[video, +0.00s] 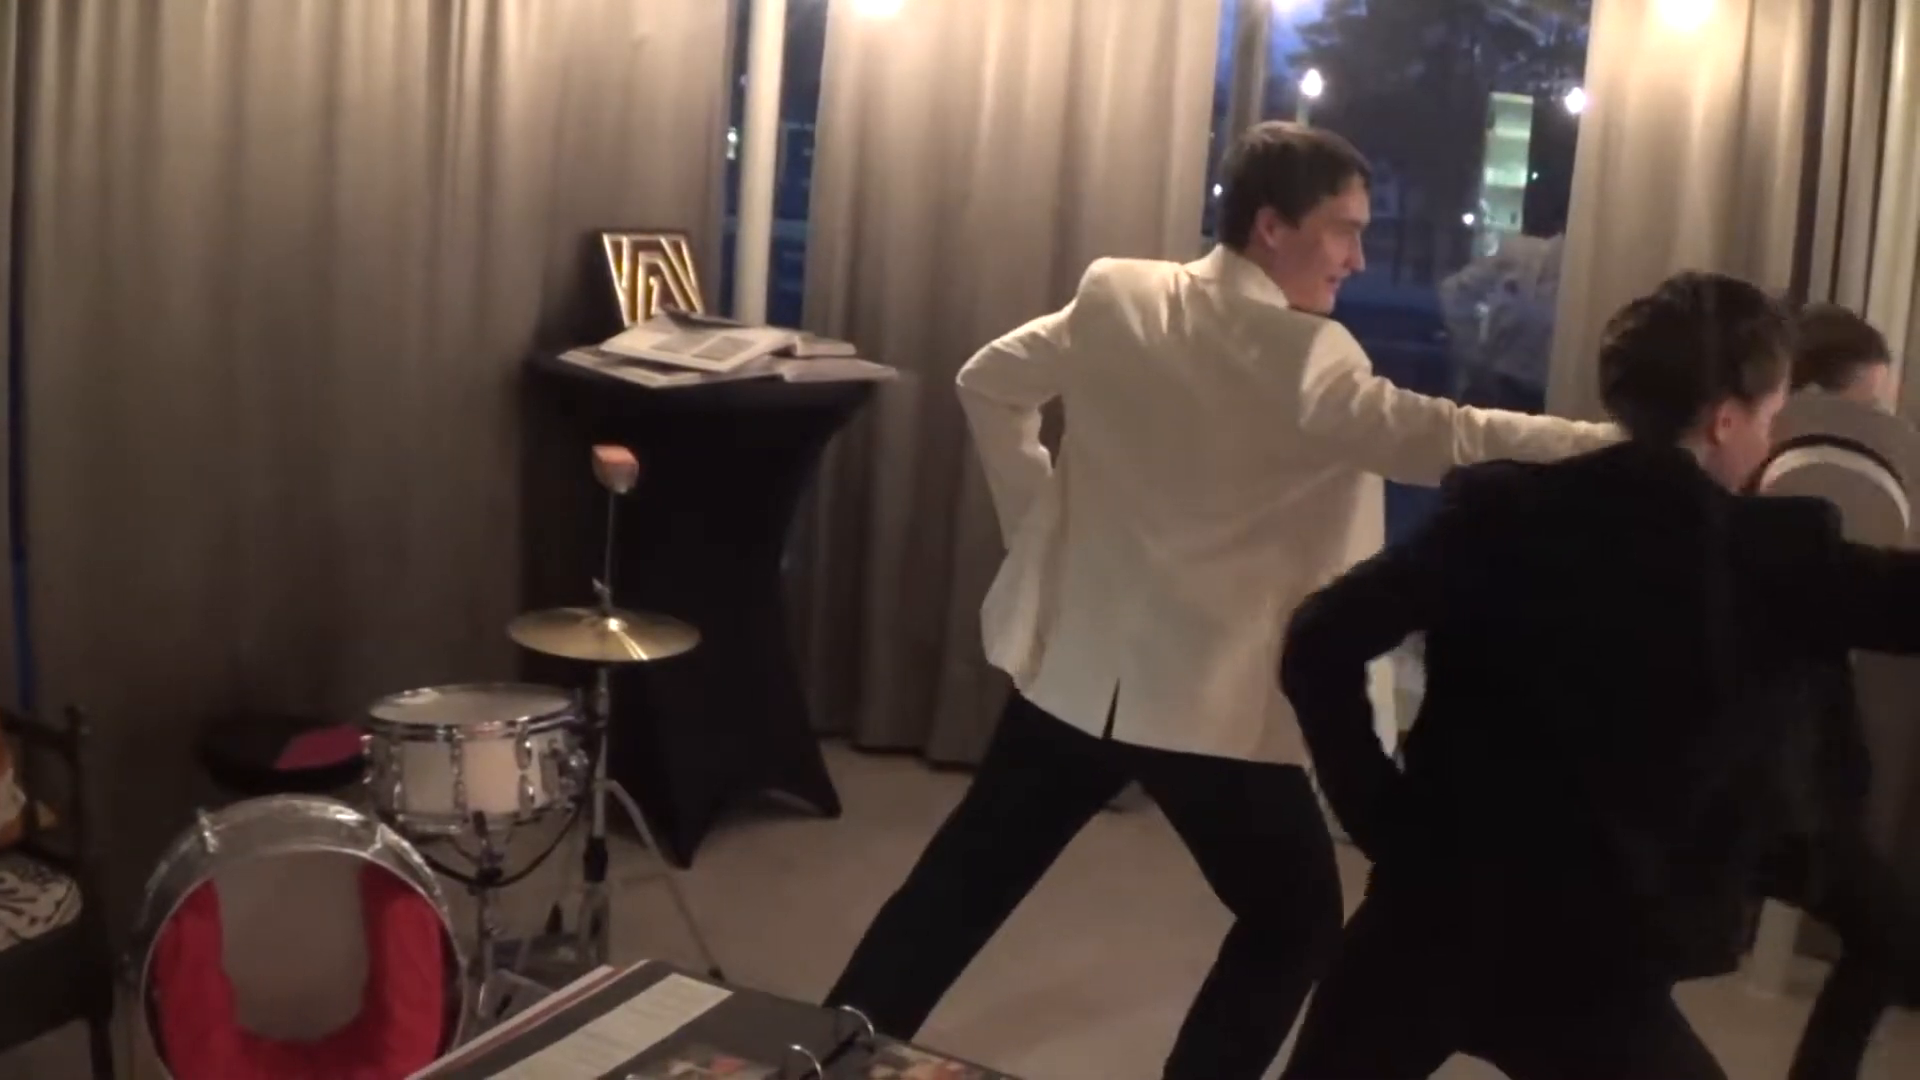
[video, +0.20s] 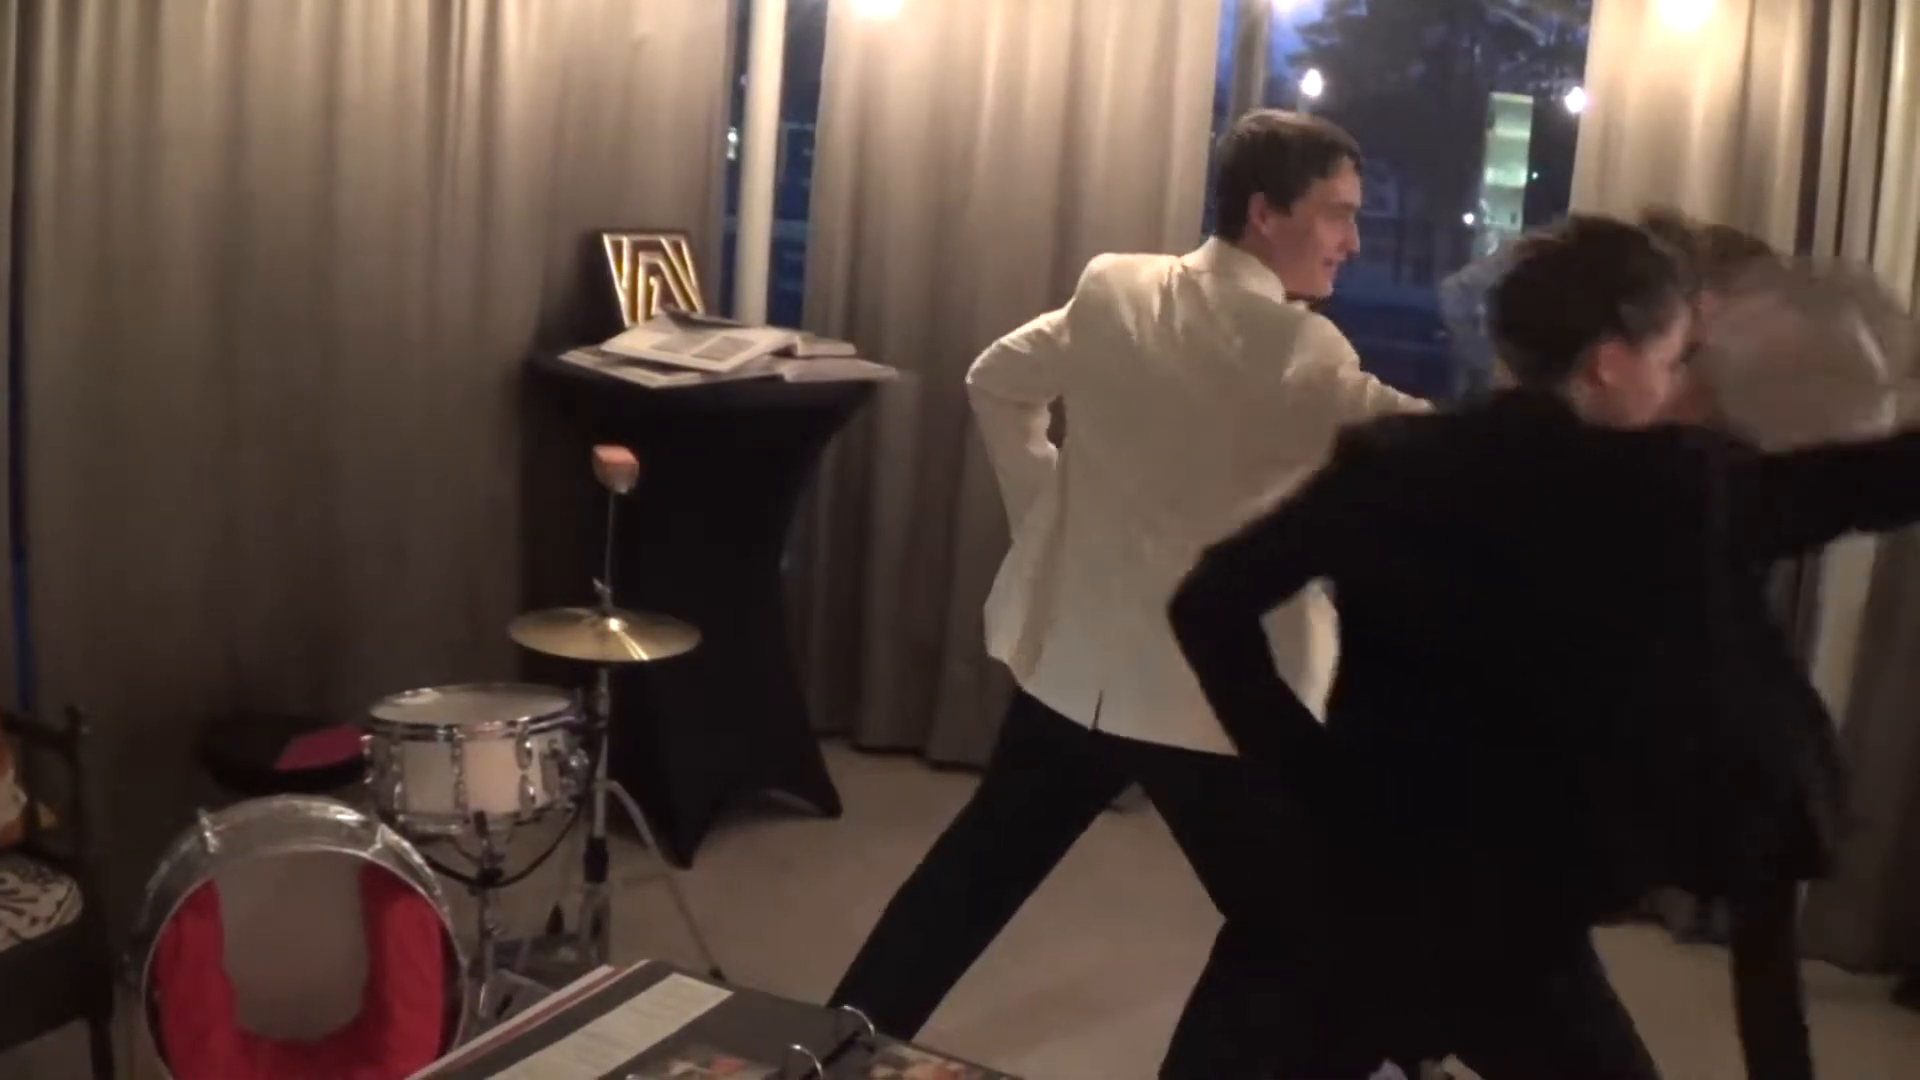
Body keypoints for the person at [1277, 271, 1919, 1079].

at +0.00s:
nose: (1773, 441)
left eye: (1775, 414)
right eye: (1769, 414)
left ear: (1625, 400)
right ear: (1722, 418)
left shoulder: (1493, 509)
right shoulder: (1775, 554)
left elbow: (1318, 646)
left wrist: (1387, 826)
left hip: (1414, 940)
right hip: (1587, 975)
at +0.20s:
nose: (1677, 383)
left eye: (1680, 358)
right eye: (1670, 358)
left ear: (1520, 351)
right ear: (1607, 362)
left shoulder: (1390, 467)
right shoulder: (1684, 487)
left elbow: (1209, 604)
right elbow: (1889, 476)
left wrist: (1307, 776)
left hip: (1346, 898)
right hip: (1518, 926)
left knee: (1214, 1065)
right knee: (1610, 1062)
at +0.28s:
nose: (1625, 350)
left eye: (1627, 325)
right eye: (1615, 326)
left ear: (1497, 328)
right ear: (1546, 334)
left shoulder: (1351, 440)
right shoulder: (1608, 465)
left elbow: (1177, 578)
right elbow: (1811, 454)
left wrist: (1271, 744)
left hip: (1310, 872)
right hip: (1453, 906)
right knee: (1530, 1066)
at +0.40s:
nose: (1551, 358)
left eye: (1555, 330)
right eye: (1539, 326)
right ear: (1459, 312)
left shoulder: (1312, 428)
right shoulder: (1519, 459)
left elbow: (1170, 555)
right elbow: (1686, 490)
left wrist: (1238, 711)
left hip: (1303, 810)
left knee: (1275, 1040)